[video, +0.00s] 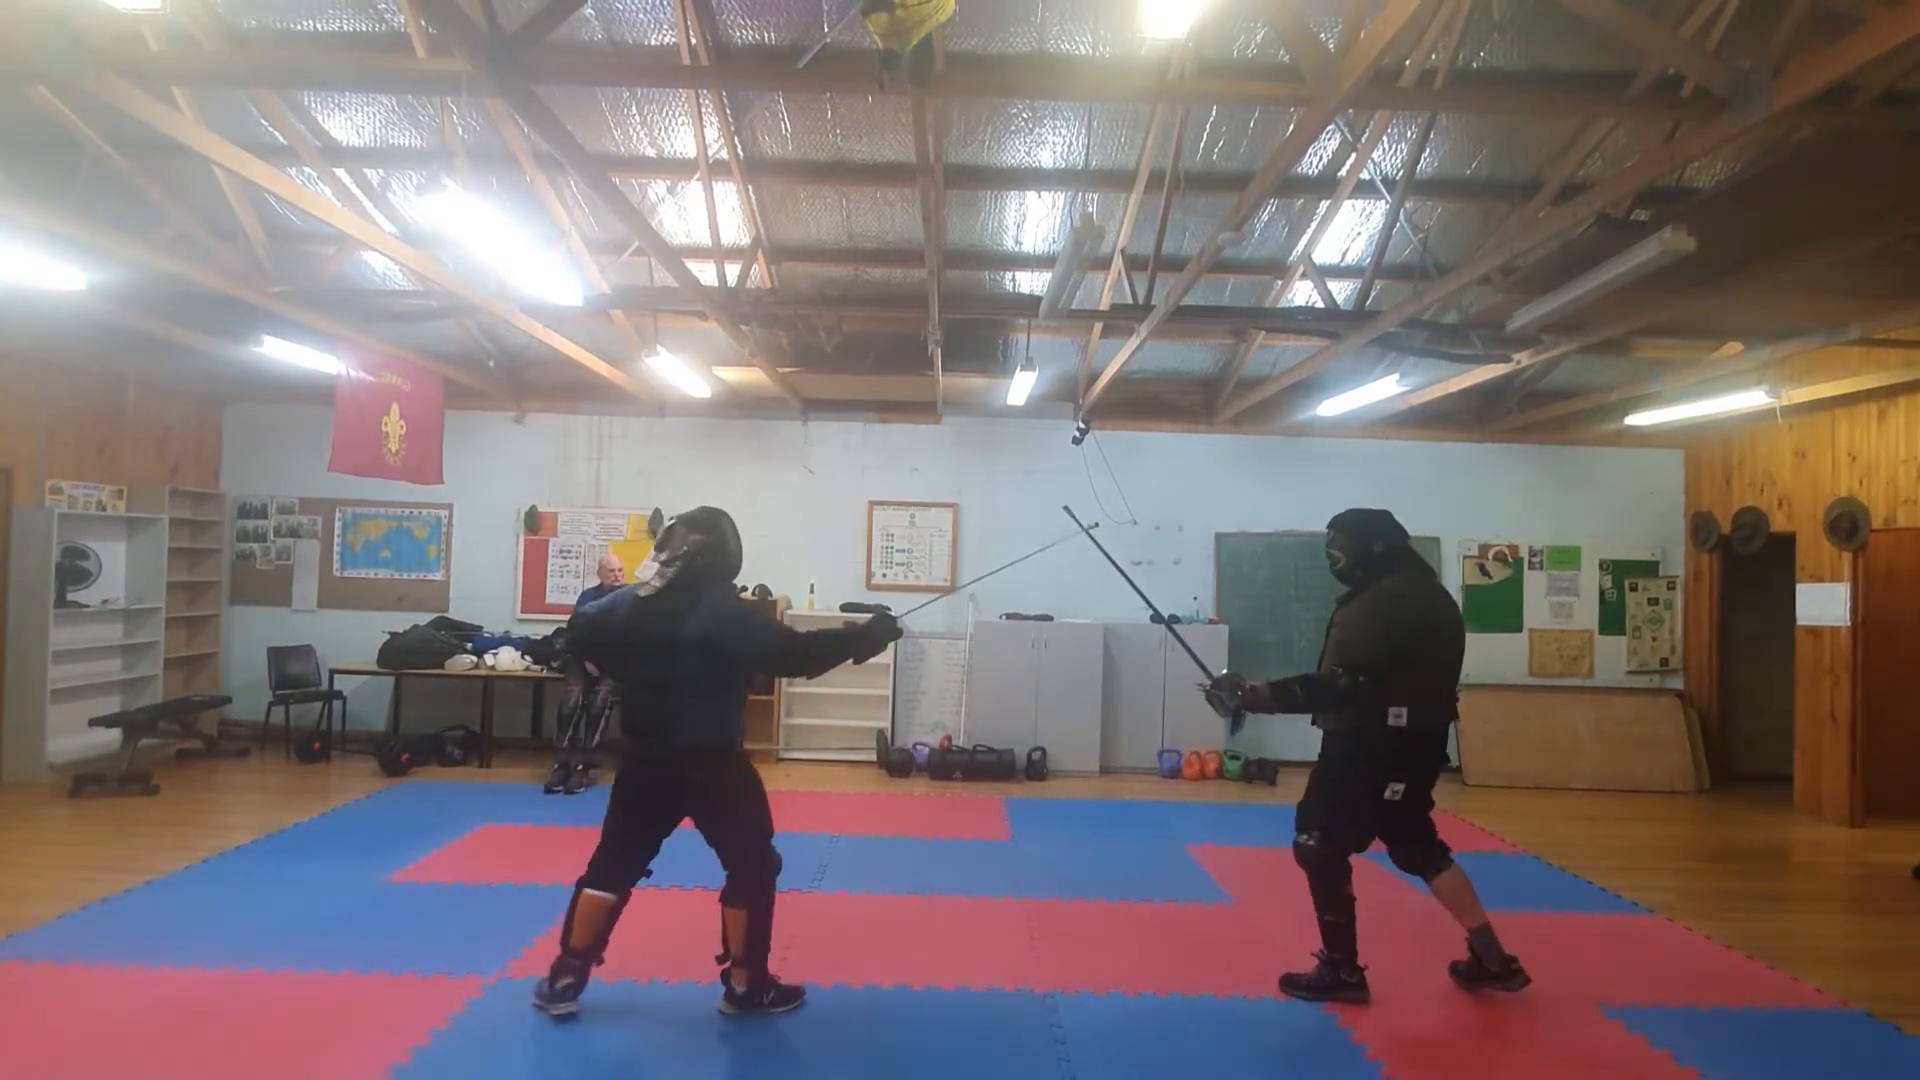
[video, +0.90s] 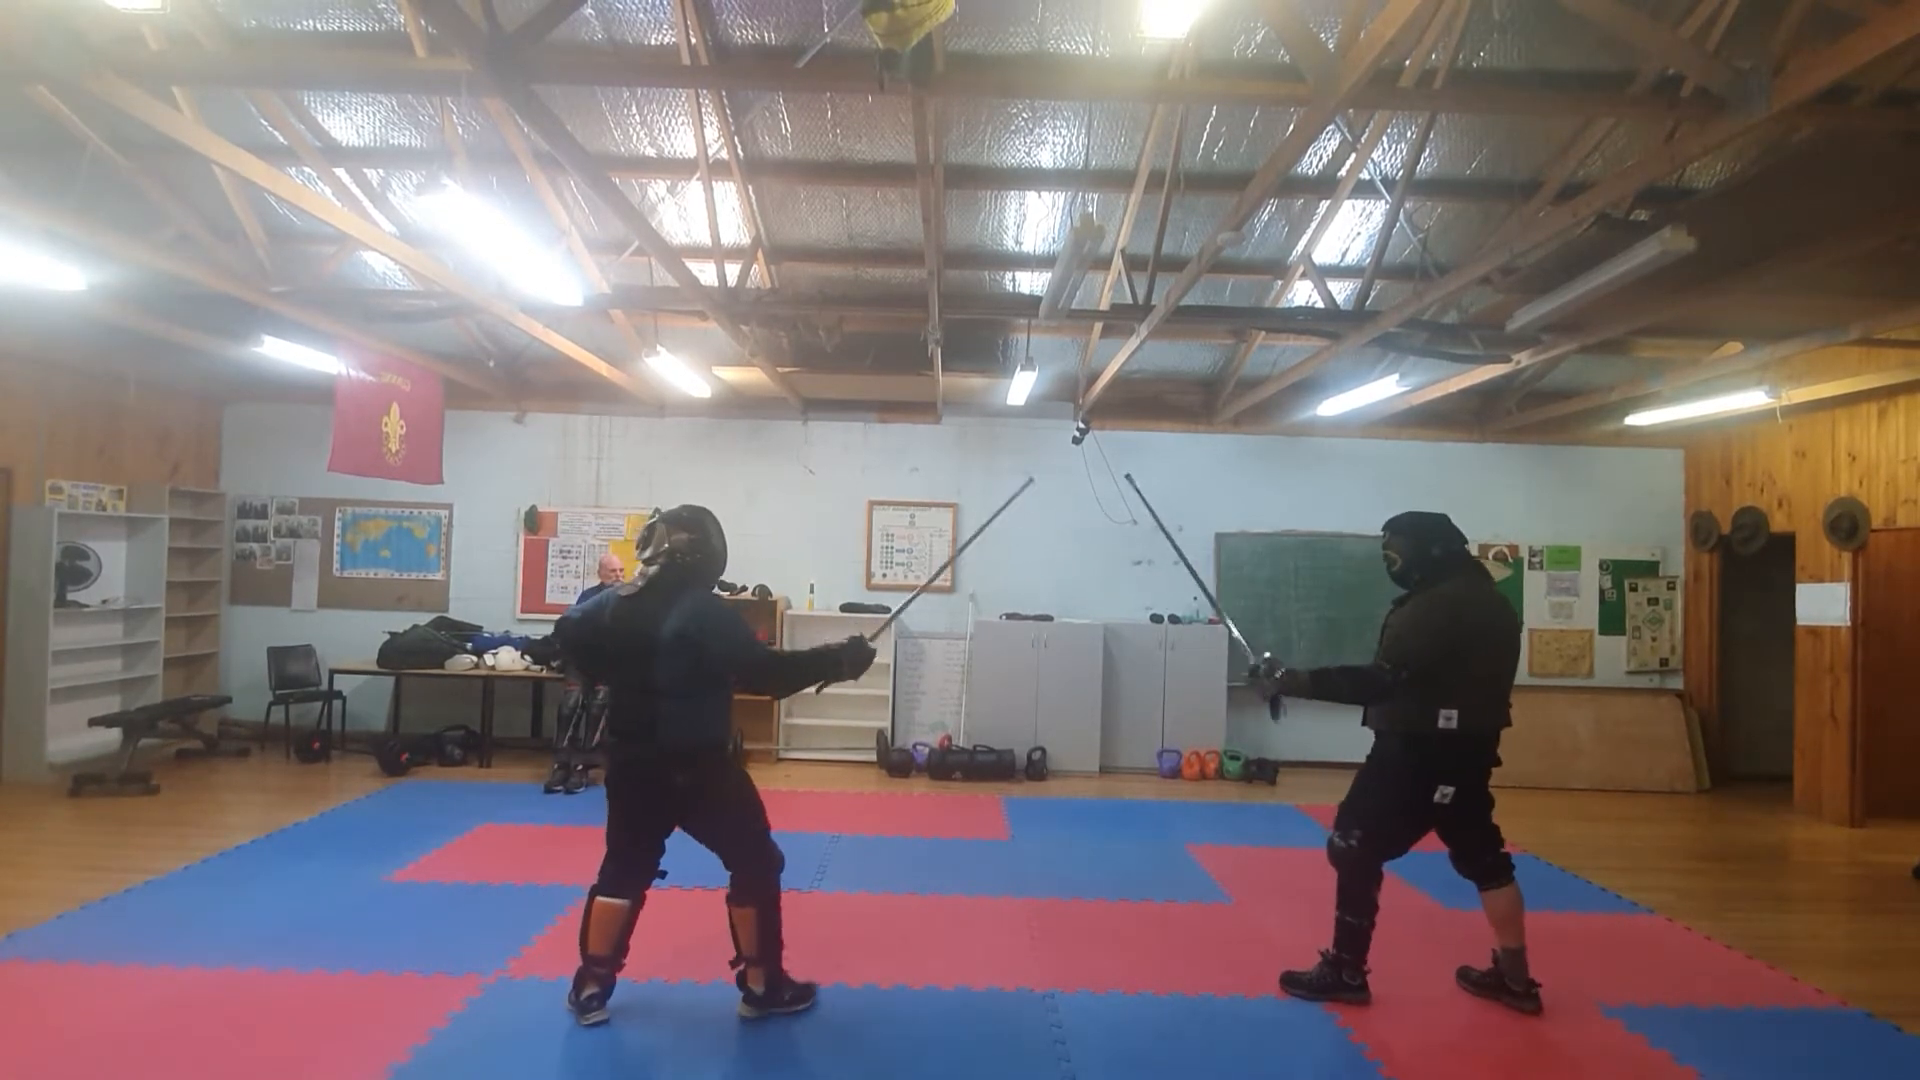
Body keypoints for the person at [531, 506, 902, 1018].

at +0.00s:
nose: (734, 568)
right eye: (732, 559)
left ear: (668, 555)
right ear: (727, 560)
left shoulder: (630, 611)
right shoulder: (731, 618)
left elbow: (579, 630)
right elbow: (800, 654)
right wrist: (864, 637)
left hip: (646, 770)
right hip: (716, 771)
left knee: (613, 863)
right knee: (753, 864)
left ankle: (565, 977)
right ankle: (746, 983)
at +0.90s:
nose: (716, 567)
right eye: (715, 557)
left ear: (650, 551)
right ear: (708, 557)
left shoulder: (615, 609)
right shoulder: (708, 615)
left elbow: (567, 637)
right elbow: (767, 672)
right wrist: (841, 658)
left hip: (635, 774)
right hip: (706, 775)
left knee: (623, 868)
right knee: (754, 863)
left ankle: (591, 987)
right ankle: (761, 984)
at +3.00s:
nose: (795, 584)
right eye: (791, 574)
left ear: (730, 570)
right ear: (782, 577)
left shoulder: (700, 629)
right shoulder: (766, 640)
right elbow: (781, 714)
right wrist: (862, 698)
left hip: (706, 794)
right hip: (771, 797)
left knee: (680, 893)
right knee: (837, 889)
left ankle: (617, 1001)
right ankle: (866, 1007)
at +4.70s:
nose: (769, 580)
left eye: (768, 569)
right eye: (766, 569)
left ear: (704, 558)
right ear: (752, 566)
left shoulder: (673, 613)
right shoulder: (737, 618)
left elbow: (631, 648)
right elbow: (774, 683)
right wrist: (863, 682)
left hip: (671, 785)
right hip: (734, 788)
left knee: (673, 887)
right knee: (796, 882)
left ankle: (626, 1009)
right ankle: (798, 1008)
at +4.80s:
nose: (768, 578)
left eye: (766, 567)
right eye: (765, 567)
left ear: (700, 557)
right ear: (751, 565)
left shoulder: (669, 614)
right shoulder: (736, 619)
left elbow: (630, 650)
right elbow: (778, 680)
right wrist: (865, 680)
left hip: (671, 786)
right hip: (736, 788)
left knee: (673, 887)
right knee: (796, 883)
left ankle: (627, 1008)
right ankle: (799, 1008)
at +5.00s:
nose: (774, 579)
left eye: (772, 569)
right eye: (771, 568)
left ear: (706, 558)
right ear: (759, 567)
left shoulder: (670, 619)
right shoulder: (747, 622)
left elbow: (633, 648)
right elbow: (790, 673)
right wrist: (878, 671)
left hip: (682, 788)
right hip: (749, 789)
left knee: (677, 886)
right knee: (805, 882)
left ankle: (628, 1007)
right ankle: (801, 1008)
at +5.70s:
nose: (776, 578)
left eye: (773, 567)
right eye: (774, 567)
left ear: (710, 558)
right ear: (763, 565)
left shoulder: (677, 618)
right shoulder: (751, 619)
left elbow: (632, 650)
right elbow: (797, 670)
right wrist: (889, 664)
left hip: (688, 789)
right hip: (755, 789)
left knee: (678, 888)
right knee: (811, 883)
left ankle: (629, 1008)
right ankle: (802, 1009)